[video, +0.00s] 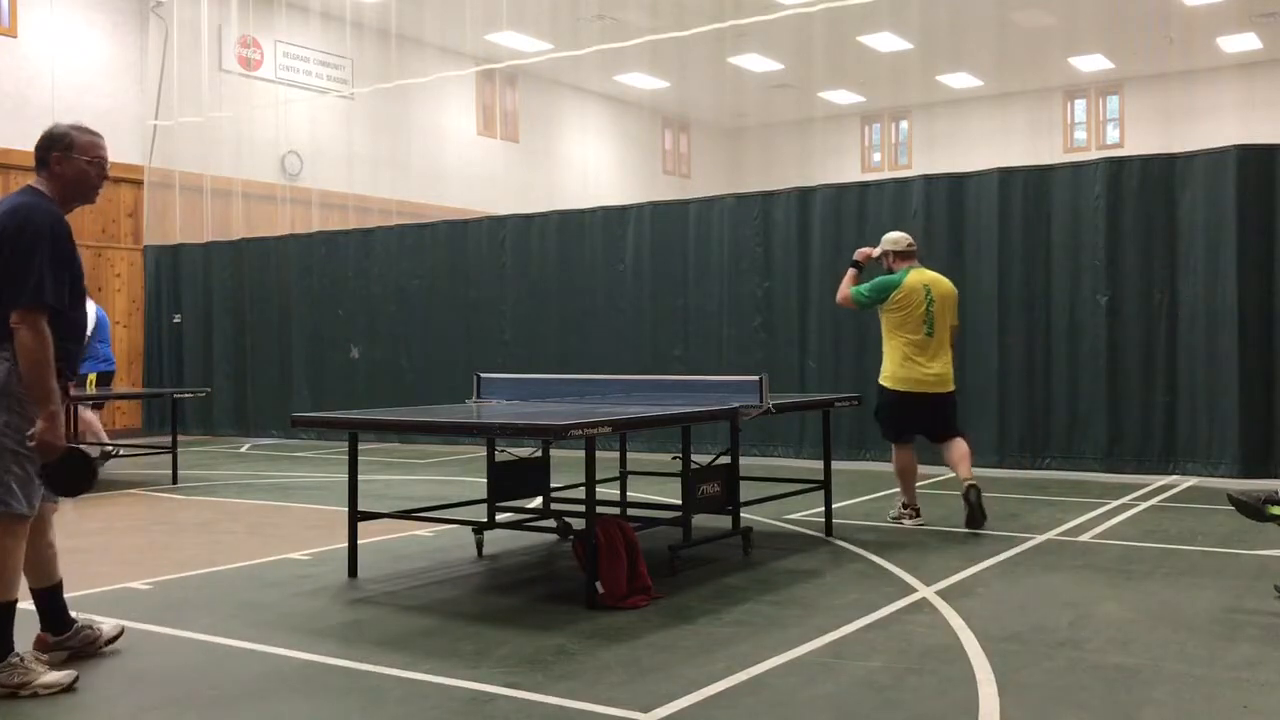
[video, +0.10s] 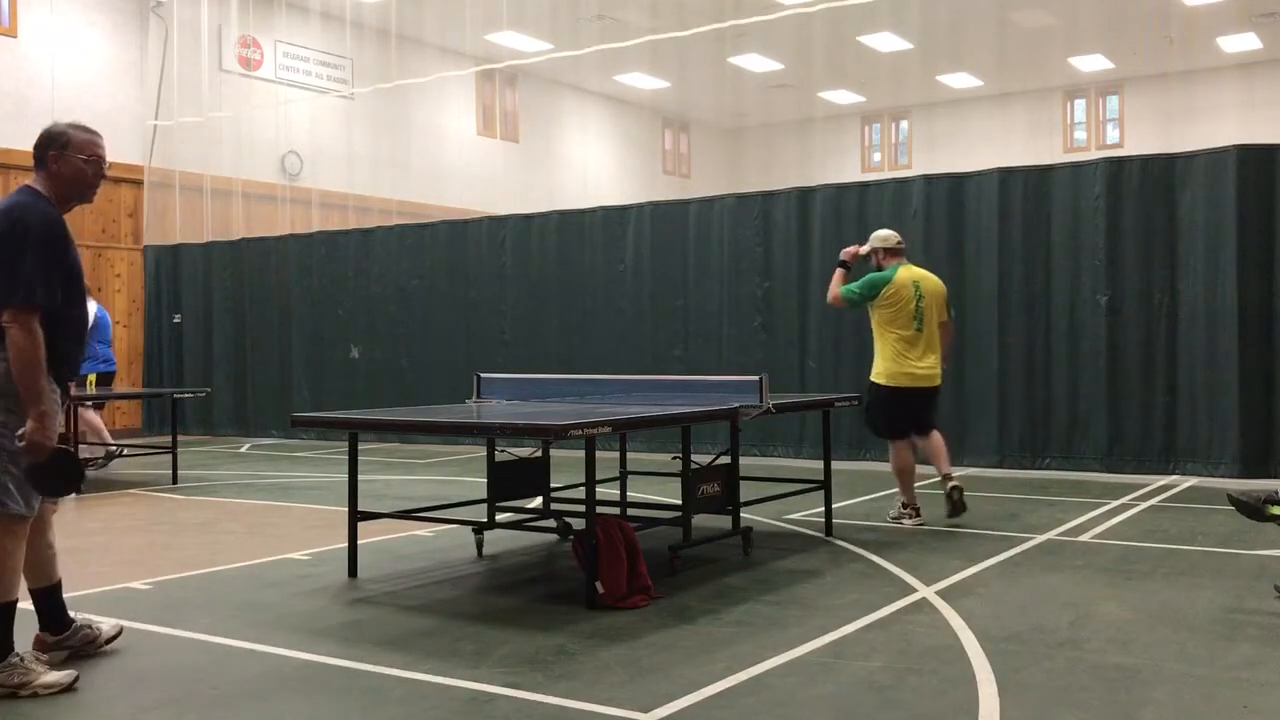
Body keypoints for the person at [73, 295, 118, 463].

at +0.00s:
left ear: (77, 296)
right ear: (85, 293)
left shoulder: (88, 308)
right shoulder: (96, 309)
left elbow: (80, 338)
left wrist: (70, 358)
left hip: (95, 366)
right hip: (103, 365)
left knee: (82, 406)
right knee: (88, 408)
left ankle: (106, 444)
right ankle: (87, 448)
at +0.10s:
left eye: (74, 298)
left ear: (79, 294)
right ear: (89, 291)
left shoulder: (88, 309)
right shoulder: (101, 311)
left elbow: (78, 337)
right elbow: (106, 341)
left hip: (94, 365)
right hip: (106, 363)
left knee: (82, 407)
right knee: (92, 409)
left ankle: (110, 446)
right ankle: (91, 453)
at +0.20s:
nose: (77, 304)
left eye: (78, 300)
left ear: (83, 296)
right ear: (91, 293)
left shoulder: (89, 310)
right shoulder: (104, 311)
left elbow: (80, 339)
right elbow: (109, 341)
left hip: (94, 365)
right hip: (107, 364)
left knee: (85, 409)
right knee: (91, 410)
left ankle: (110, 447)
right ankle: (93, 452)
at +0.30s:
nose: (84, 303)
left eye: (84, 299)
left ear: (87, 296)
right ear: (96, 293)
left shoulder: (91, 312)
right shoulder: (109, 312)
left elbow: (84, 339)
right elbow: (114, 339)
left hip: (96, 365)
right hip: (111, 363)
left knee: (94, 410)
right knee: (95, 411)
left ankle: (115, 450)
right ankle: (91, 453)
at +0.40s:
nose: (89, 304)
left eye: (89, 301)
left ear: (93, 298)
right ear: (101, 296)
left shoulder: (95, 312)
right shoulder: (113, 312)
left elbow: (88, 338)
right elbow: (118, 336)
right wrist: (114, 354)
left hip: (99, 364)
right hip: (115, 364)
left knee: (97, 409)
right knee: (97, 411)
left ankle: (116, 453)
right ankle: (91, 454)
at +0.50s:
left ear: (94, 299)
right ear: (105, 296)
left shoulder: (95, 313)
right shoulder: (118, 313)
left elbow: (90, 340)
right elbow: (122, 340)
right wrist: (116, 357)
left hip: (102, 367)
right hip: (118, 366)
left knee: (101, 409)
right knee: (99, 410)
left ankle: (117, 454)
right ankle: (97, 454)